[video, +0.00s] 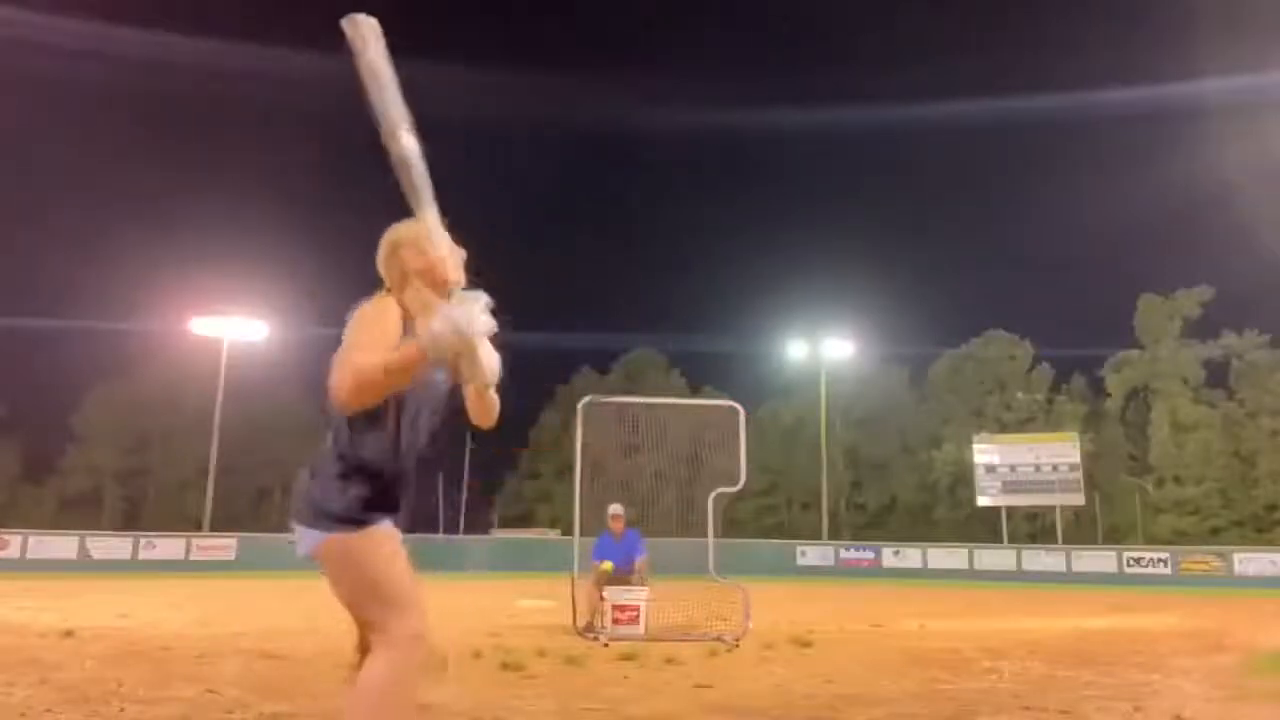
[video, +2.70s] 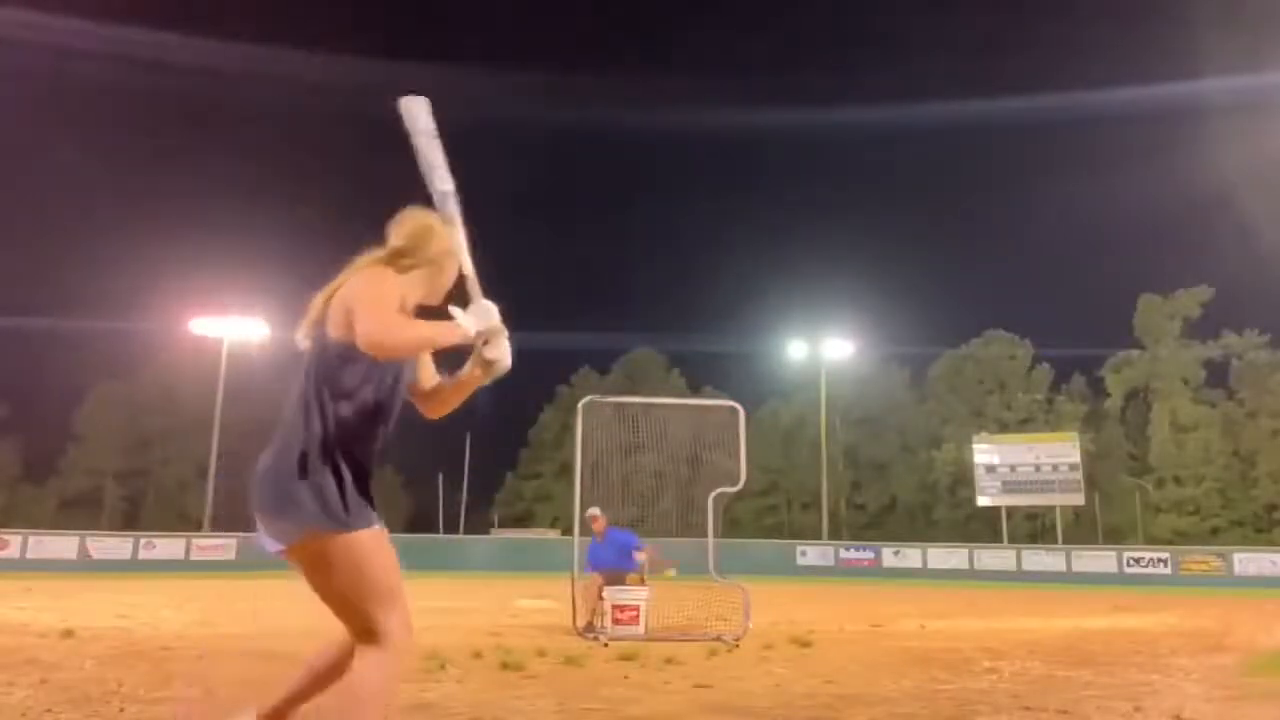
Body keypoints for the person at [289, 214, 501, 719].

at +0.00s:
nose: (459, 253)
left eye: (454, 245)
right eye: (444, 245)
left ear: (438, 262)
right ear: (413, 262)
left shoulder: (451, 322)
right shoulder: (380, 313)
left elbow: (485, 417)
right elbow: (346, 392)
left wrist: (475, 356)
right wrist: (434, 341)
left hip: (375, 508)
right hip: (342, 507)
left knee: (381, 643)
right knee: (404, 638)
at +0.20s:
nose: (448, 229)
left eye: (444, 221)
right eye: (436, 219)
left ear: (420, 234)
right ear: (403, 230)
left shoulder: (450, 312)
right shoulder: (355, 283)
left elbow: (467, 383)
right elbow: (299, 351)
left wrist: (442, 321)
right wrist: (387, 291)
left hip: (377, 491)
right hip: (324, 488)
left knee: (360, 628)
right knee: (375, 626)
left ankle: (311, 710)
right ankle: (339, 714)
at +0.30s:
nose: (430, 231)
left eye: (428, 222)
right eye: (418, 223)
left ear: (422, 232)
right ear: (379, 230)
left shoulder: (435, 304)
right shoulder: (334, 276)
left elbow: (453, 367)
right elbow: (293, 344)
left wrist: (413, 296)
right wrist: (359, 275)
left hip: (362, 488)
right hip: (310, 480)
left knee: (322, 634)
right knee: (359, 626)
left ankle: (242, 710)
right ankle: (322, 712)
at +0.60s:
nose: (382, 262)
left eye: (384, 252)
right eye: (373, 251)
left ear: (377, 260)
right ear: (343, 249)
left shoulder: (366, 307)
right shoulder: (302, 280)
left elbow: (411, 374)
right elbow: (305, 362)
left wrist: (406, 315)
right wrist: (360, 304)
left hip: (295, 488)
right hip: (273, 486)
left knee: (250, 641)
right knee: (334, 623)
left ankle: (190, 712)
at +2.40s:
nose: (411, 274)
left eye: (413, 266)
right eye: (410, 262)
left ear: (356, 248)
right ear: (395, 255)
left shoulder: (338, 298)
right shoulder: (352, 280)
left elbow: (421, 389)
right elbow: (373, 344)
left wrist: (462, 336)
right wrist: (436, 306)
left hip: (262, 482)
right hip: (297, 484)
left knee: (261, 641)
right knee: (364, 631)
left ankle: (186, 712)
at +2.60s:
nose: (449, 266)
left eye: (449, 255)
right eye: (447, 252)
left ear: (399, 246)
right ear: (431, 248)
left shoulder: (396, 316)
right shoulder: (373, 277)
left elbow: (429, 397)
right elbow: (384, 339)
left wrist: (482, 361)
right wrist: (463, 318)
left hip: (301, 479)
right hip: (314, 478)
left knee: (329, 638)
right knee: (386, 636)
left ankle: (237, 713)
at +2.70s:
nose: (454, 278)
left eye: (458, 270)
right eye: (455, 266)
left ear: (412, 256)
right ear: (438, 258)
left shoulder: (407, 321)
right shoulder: (376, 278)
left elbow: (431, 402)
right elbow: (377, 334)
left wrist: (477, 371)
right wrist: (463, 325)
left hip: (318, 482)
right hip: (309, 480)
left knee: (368, 634)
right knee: (390, 635)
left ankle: (272, 712)